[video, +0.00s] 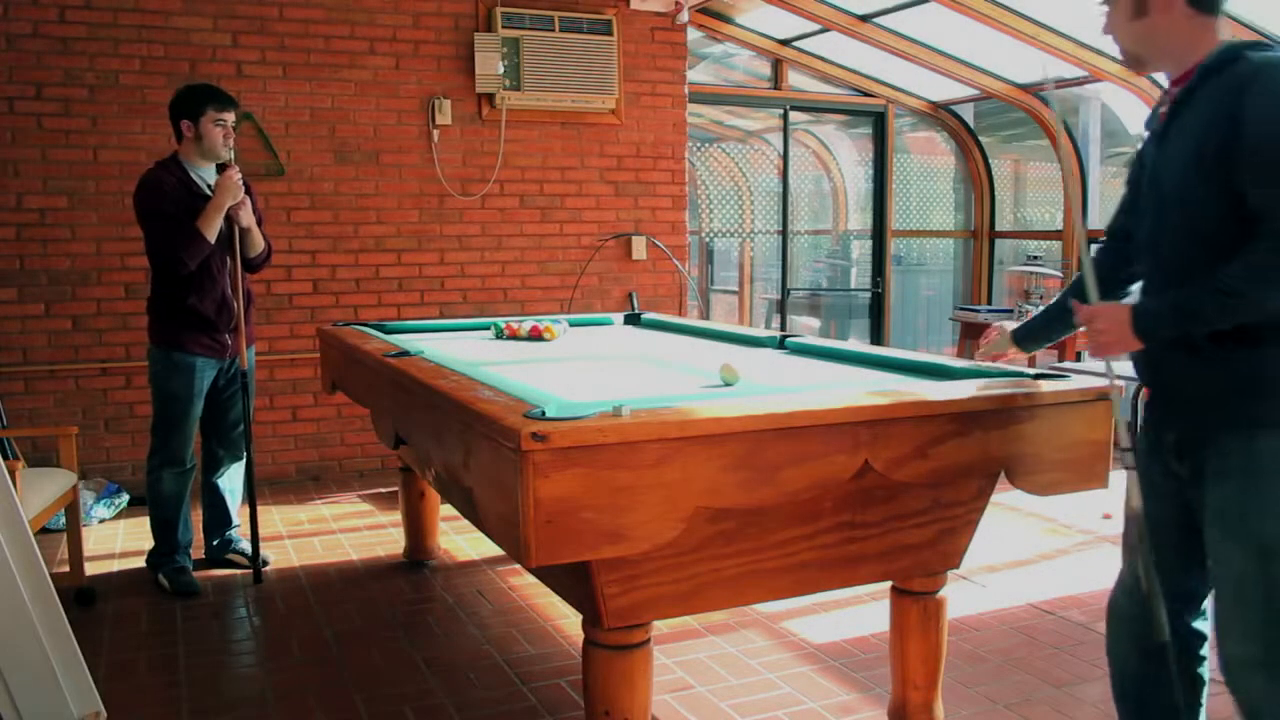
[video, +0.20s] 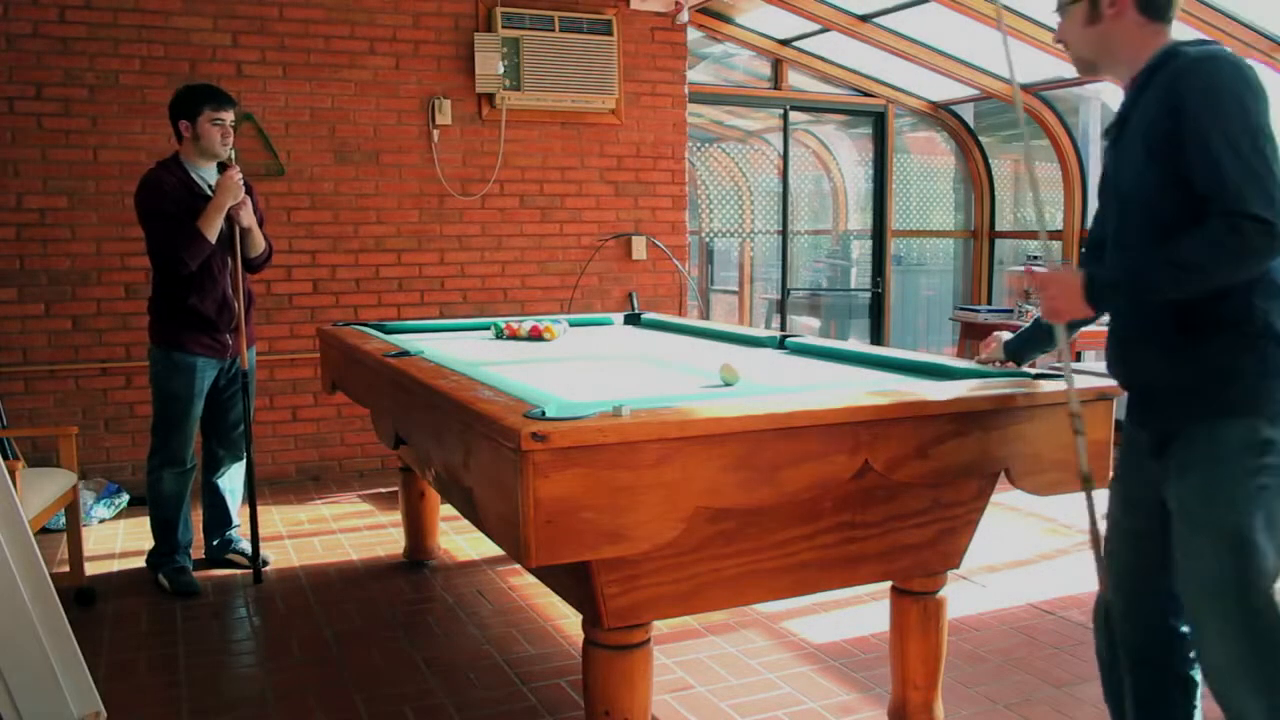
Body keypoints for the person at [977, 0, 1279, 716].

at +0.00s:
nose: (1108, 27)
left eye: (1115, 9)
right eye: (1109, 11)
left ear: (1162, 6)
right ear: (1163, 11)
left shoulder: (1260, 88)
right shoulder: (1175, 118)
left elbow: (1269, 267)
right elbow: (1121, 256)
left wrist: (1146, 320)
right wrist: (1024, 336)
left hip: (1256, 414)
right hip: (1177, 410)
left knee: (1255, 652)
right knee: (1148, 624)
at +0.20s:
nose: (1059, 33)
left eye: (1066, 15)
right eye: (1060, 18)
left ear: (1113, 9)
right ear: (1116, 14)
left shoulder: (1207, 77)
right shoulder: (1133, 115)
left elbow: (1253, 231)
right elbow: (1111, 258)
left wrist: (1093, 285)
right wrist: (1021, 343)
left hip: (1230, 407)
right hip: (1157, 405)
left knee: (1234, 625)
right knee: (1132, 618)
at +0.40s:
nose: (1030, 29)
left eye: (1038, 11)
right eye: (1032, 14)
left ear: (1082, 8)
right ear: (1091, 13)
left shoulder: (1157, 76)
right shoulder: (1121, 98)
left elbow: (1202, 239)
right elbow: (1139, 288)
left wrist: (1042, 260)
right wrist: (1023, 324)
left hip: (1200, 397)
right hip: (1166, 396)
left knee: (1148, 630)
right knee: (1128, 623)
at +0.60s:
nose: (1011, 29)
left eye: (1016, 11)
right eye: (1011, 13)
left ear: (1057, 7)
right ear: (1079, 11)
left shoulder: (1106, 85)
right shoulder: (1135, 81)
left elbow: (1108, 259)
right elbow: (1142, 276)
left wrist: (987, 224)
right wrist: (1043, 349)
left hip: (1142, 414)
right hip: (1177, 406)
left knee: (1079, 645)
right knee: (1147, 628)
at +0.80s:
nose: (980, 22)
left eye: (986, 6)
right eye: (981, 9)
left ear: (1017, 4)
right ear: (1069, 3)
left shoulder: (1038, 82)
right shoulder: (1124, 81)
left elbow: (971, 259)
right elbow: (1101, 259)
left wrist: (912, 176)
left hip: (1086, 420)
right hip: (1157, 414)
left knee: (1010, 667)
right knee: (1118, 624)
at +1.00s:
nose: (934, 9)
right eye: (933, 0)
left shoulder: (974, 73)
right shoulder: (1116, 85)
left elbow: (904, 270)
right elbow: (1160, 271)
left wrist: (866, 200)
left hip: (1043, 419)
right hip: (1134, 410)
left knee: (1002, 682)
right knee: (1056, 638)